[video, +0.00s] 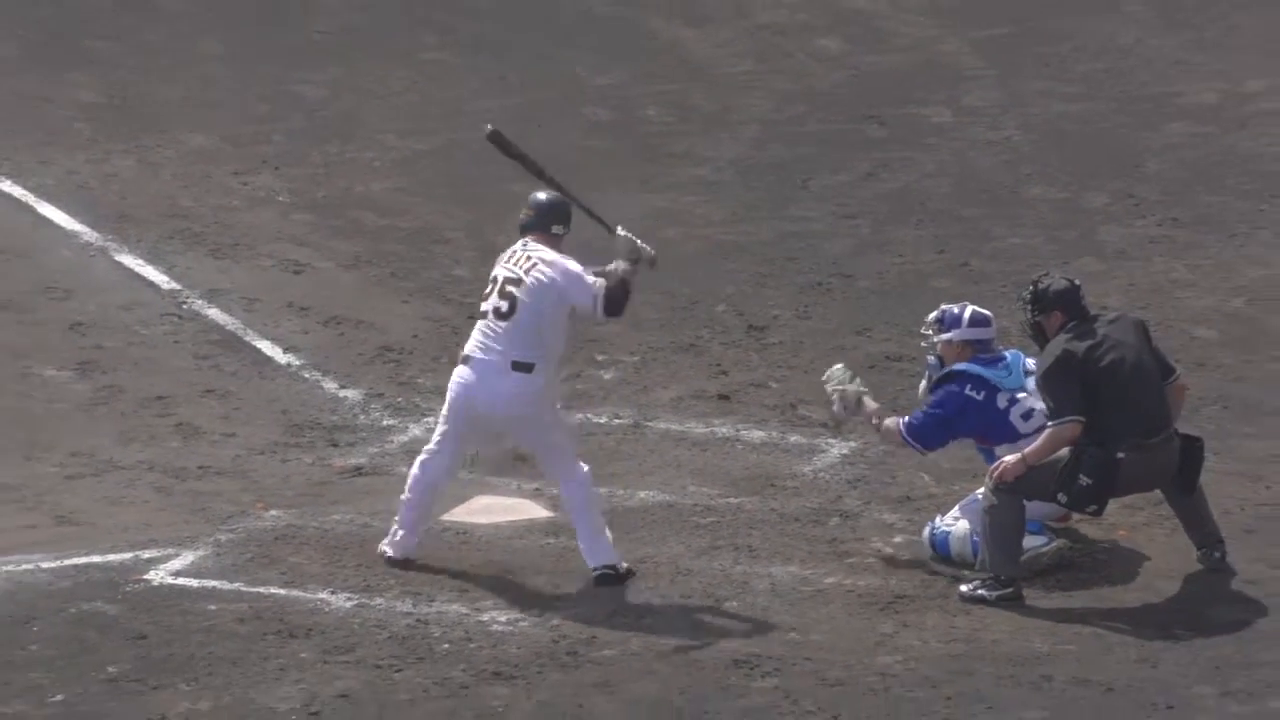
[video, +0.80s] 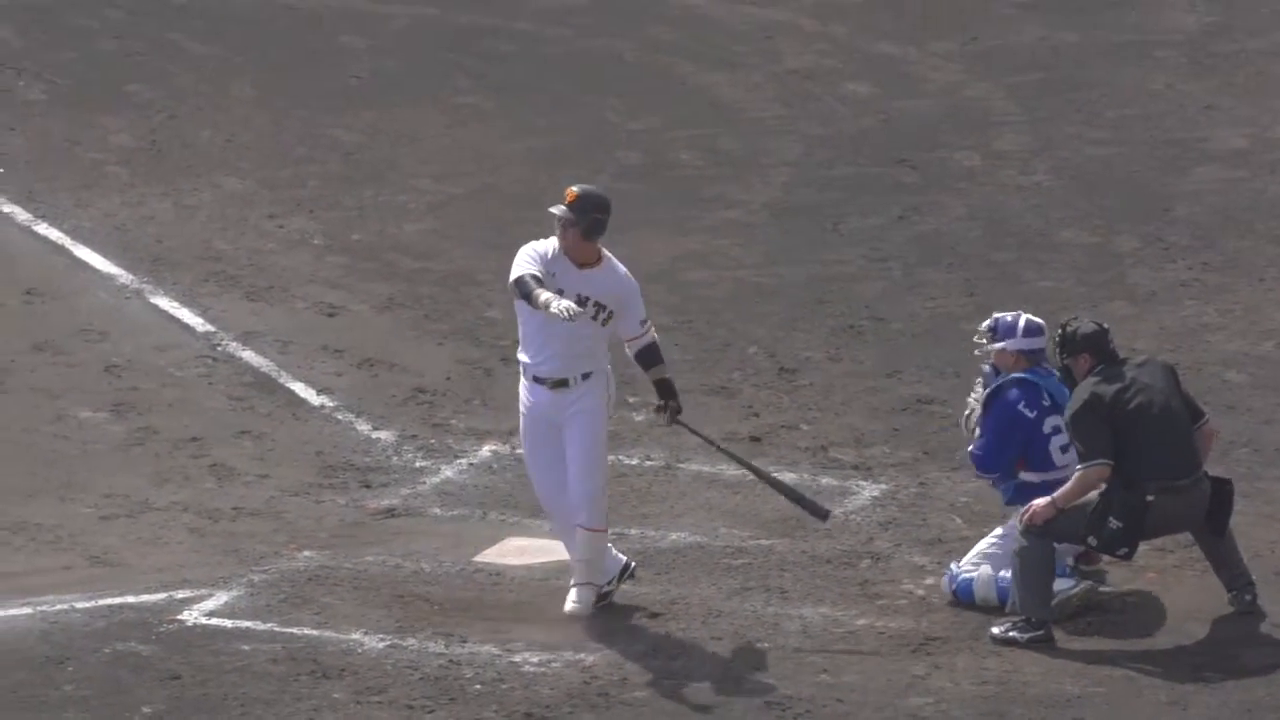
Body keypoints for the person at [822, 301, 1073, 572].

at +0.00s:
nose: (935, 348)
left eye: (940, 341)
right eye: (937, 341)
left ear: (960, 348)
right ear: (983, 343)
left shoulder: (961, 391)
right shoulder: (1018, 361)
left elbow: (910, 434)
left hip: (1039, 489)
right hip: (1078, 468)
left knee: (940, 533)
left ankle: (1032, 544)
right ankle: (1055, 513)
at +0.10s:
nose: (938, 345)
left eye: (944, 338)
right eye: (940, 337)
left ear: (964, 343)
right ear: (985, 340)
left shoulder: (959, 384)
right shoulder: (1021, 358)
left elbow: (894, 407)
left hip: (1038, 484)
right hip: (1080, 463)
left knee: (944, 532)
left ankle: (1033, 541)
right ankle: (1059, 510)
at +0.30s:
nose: (954, 351)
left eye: (960, 344)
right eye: (955, 344)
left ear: (978, 346)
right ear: (1005, 343)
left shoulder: (974, 381)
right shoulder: (1040, 362)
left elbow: (903, 398)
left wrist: (840, 369)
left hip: (1040, 494)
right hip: (1080, 480)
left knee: (948, 538)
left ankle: (1037, 548)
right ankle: (1062, 522)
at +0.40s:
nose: (965, 353)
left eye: (970, 347)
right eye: (966, 347)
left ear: (988, 352)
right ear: (1010, 349)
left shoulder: (989, 390)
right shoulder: (1041, 369)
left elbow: (927, 435)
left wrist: (869, 410)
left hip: (1048, 502)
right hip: (1080, 488)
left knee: (950, 546)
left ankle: (1037, 557)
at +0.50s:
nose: (976, 365)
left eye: (980, 359)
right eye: (977, 358)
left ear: (996, 362)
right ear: (1018, 358)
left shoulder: (1004, 403)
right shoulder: (1038, 381)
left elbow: (975, 467)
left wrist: (927, 457)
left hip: (1050, 519)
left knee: (954, 561)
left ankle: (1041, 570)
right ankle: (1049, 558)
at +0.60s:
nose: (983, 376)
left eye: (987, 369)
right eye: (983, 368)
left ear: (1004, 371)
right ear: (1028, 364)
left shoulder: (1011, 412)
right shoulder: (1051, 389)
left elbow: (1004, 486)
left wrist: (962, 467)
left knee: (960, 572)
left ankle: (1053, 585)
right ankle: (1062, 572)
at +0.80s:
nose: (990, 354)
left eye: (996, 348)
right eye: (992, 347)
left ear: (1014, 355)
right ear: (1030, 353)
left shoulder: (1010, 396)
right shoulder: (1051, 380)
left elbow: (986, 464)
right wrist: (993, 405)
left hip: (1041, 517)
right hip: (1077, 505)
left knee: (960, 578)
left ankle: (1060, 587)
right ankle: (1071, 565)